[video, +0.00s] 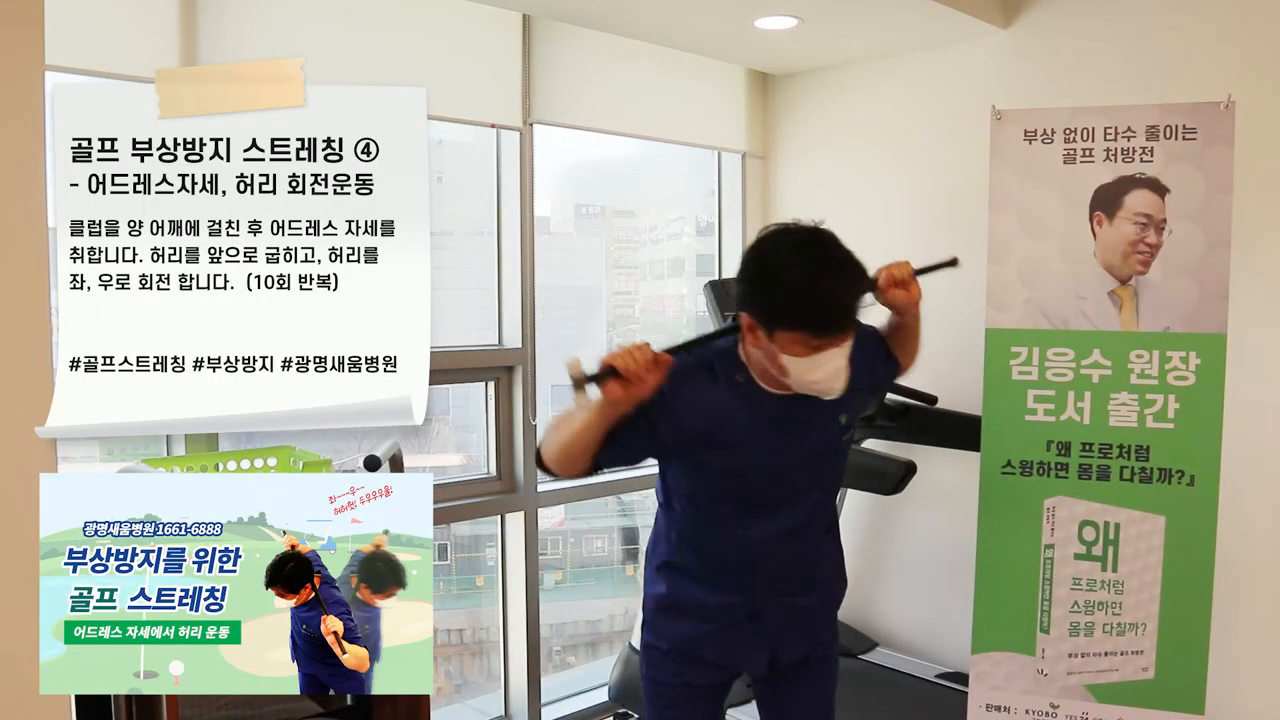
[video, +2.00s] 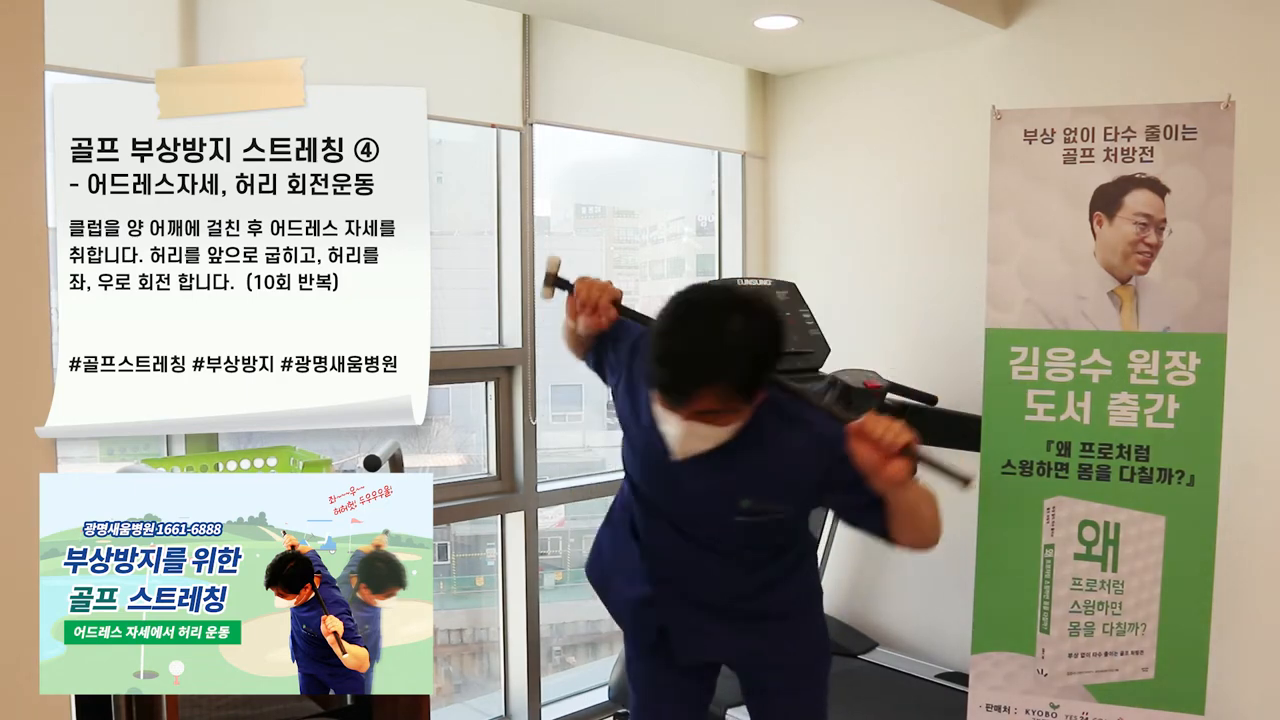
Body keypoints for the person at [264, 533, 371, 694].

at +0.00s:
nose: (278, 599)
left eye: (283, 596)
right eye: (276, 594)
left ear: (306, 590)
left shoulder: (334, 607)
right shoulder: (312, 570)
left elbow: (363, 665)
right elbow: (308, 552)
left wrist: (335, 642)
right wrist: (297, 547)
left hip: (344, 673)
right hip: (310, 667)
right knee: (312, 714)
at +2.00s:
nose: (278, 599)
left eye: (283, 596)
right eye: (276, 593)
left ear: (306, 590)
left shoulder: (334, 608)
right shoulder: (312, 570)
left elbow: (363, 665)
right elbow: (308, 552)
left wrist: (336, 643)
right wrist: (297, 547)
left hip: (344, 672)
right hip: (310, 667)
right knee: (312, 715)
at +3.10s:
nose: (278, 599)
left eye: (283, 596)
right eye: (276, 593)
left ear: (306, 590)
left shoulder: (334, 608)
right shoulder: (312, 570)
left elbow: (363, 665)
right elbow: (308, 552)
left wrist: (336, 643)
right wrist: (297, 547)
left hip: (344, 672)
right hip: (310, 667)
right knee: (312, 715)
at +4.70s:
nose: (278, 599)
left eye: (283, 595)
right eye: (276, 593)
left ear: (306, 590)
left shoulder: (334, 608)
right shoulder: (311, 570)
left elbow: (363, 665)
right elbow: (308, 552)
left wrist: (335, 642)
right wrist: (297, 547)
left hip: (344, 673)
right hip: (310, 667)